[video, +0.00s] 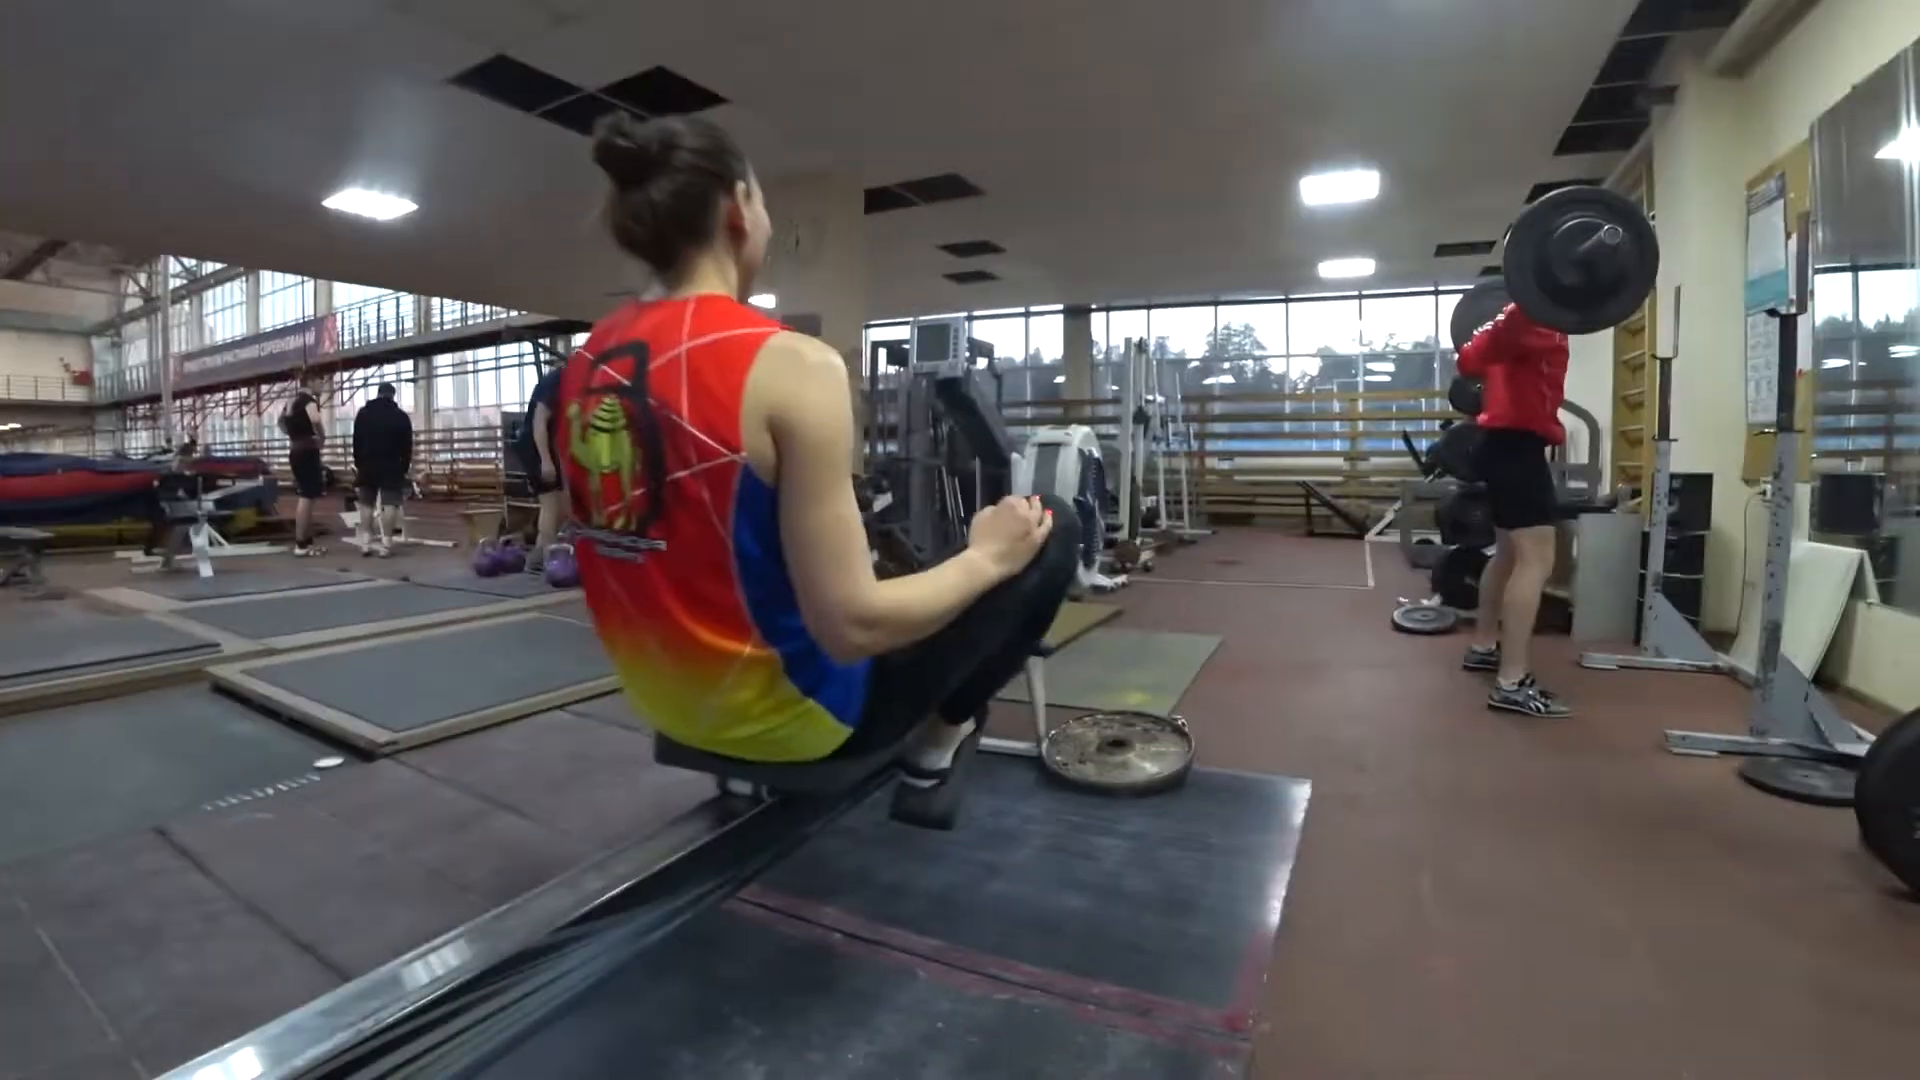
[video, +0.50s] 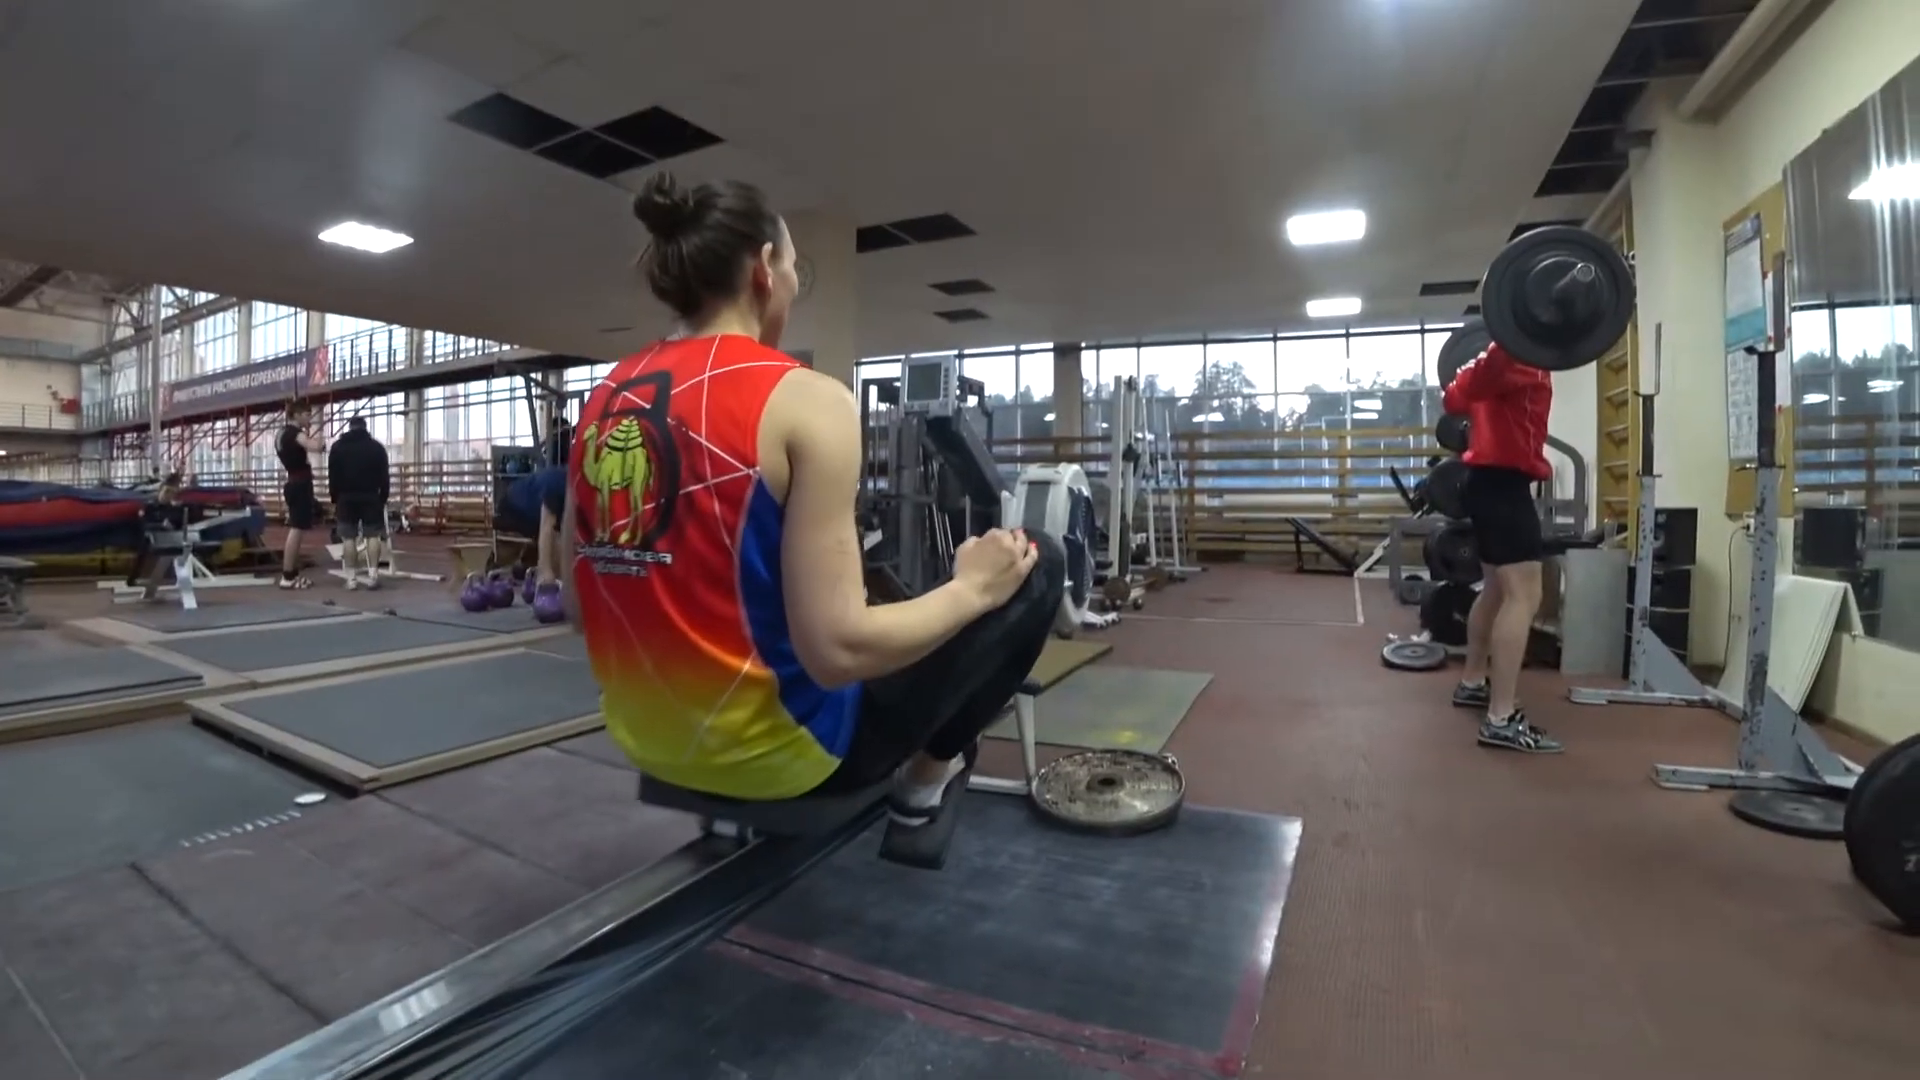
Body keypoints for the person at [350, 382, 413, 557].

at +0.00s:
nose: (389, 397)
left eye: (385, 393)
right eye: (390, 394)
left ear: (378, 394)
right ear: (393, 395)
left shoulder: (364, 413)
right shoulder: (401, 416)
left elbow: (357, 441)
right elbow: (407, 445)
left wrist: (359, 464)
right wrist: (404, 467)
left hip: (367, 466)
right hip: (392, 467)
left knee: (366, 504)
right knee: (389, 504)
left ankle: (365, 542)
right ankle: (386, 544)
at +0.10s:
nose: (384, 402)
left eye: (379, 399)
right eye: (386, 399)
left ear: (373, 399)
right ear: (389, 400)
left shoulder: (360, 417)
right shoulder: (397, 420)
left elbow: (353, 446)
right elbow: (404, 449)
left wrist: (355, 469)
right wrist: (401, 470)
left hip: (364, 470)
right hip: (389, 470)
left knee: (362, 508)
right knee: (387, 509)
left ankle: (363, 547)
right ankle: (384, 549)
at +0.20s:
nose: (376, 408)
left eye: (372, 404)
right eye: (378, 405)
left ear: (365, 405)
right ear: (381, 406)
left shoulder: (352, 423)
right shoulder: (390, 426)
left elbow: (346, 451)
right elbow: (396, 456)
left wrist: (346, 474)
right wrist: (394, 478)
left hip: (357, 476)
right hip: (382, 477)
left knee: (355, 514)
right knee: (381, 514)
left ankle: (356, 555)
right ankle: (378, 554)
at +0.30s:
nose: (370, 413)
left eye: (366, 410)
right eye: (372, 411)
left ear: (361, 411)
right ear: (377, 412)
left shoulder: (348, 430)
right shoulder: (386, 432)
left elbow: (341, 459)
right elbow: (393, 463)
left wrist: (344, 482)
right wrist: (390, 485)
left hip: (354, 484)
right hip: (378, 483)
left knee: (354, 522)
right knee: (379, 521)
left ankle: (355, 562)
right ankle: (377, 561)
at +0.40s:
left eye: (362, 420)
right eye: (368, 420)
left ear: (357, 421)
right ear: (372, 421)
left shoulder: (344, 439)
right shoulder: (383, 440)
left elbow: (339, 467)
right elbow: (390, 471)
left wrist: (340, 491)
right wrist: (388, 493)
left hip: (352, 491)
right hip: (376, 491)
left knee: (352, 530)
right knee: (377, 528)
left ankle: (354, 571)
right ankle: (377, 569)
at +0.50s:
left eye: (354, 426)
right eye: (361, 426)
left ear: (350, 428)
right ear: (366, 428)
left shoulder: (338, 446)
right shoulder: (377, 447)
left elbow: (333, 474)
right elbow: (384, 476)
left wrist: (335, 496)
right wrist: (383, 498)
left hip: (346, 498)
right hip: (371, 498)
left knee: (348, 538)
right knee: (373, 535)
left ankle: (350, 578)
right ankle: (373, 575)